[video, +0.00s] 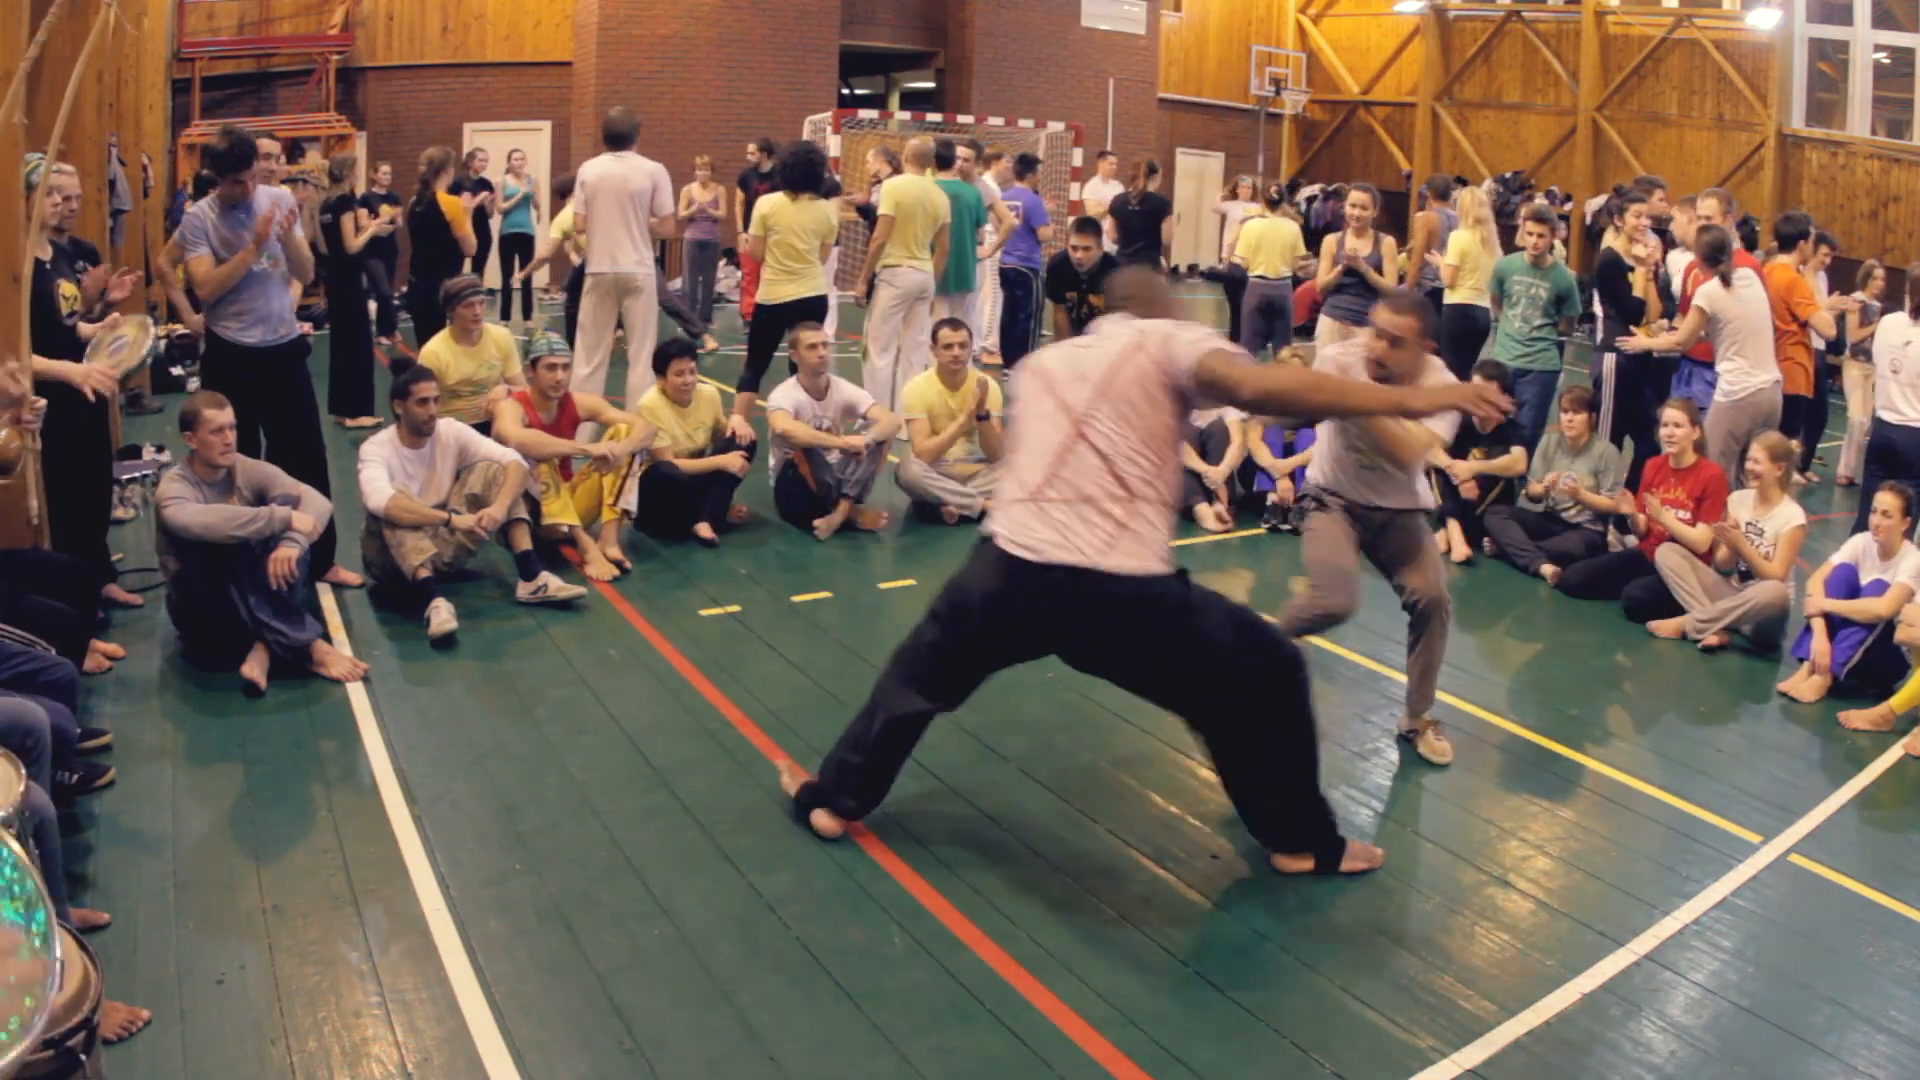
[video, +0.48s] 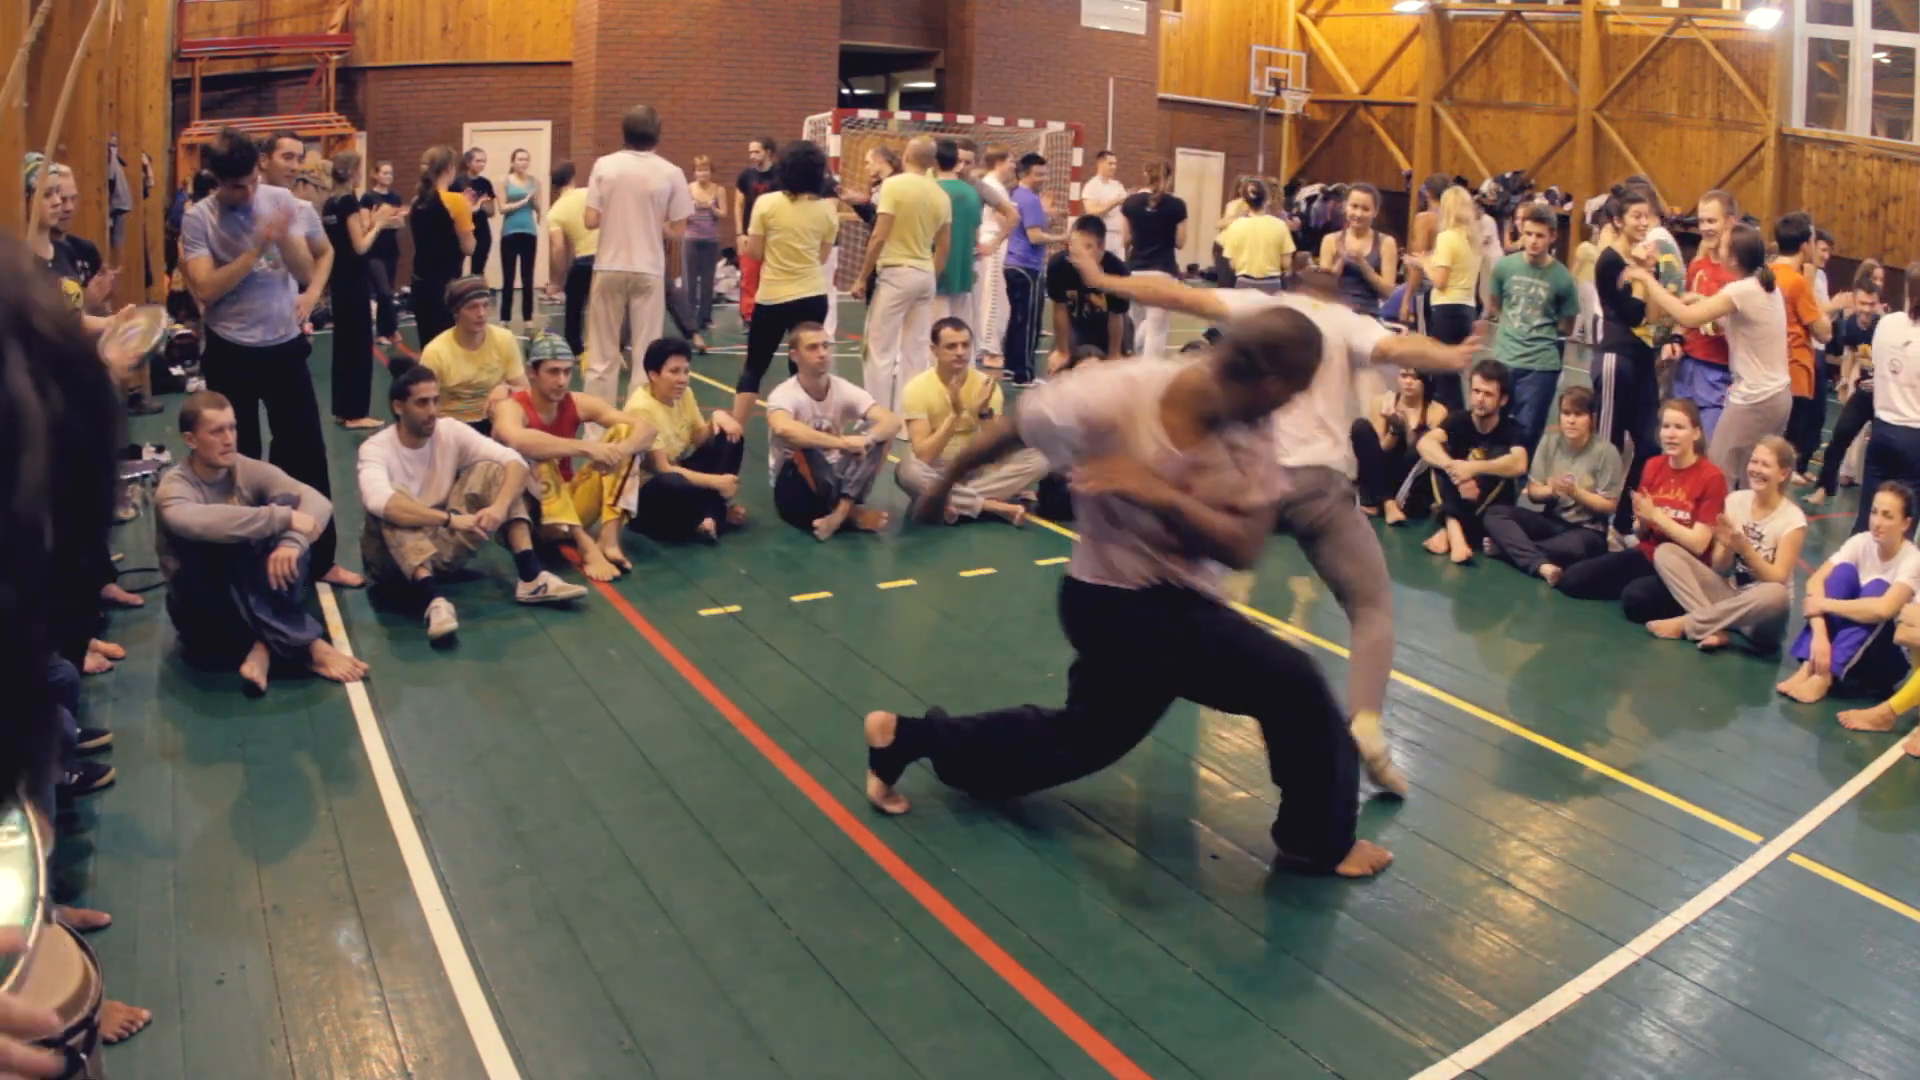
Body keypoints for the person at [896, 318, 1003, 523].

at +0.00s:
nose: (956, 354)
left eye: (962, 346)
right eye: (948, 347)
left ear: (971, 349)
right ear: (934, 350)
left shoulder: (987, 385)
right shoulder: (917, 389)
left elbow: (995, 455)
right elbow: (923, 454)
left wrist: (982, 413)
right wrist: (964, 421)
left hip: (978, 467)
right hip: (937, 468)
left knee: (1017, 468)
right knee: (908, 470)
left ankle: (959, 506)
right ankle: (982, 506)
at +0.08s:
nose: (958, 354)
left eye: (964, 346)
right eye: (949, 347)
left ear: (971, 348)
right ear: (934, 351)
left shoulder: (987, 386)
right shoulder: (918, 389)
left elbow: (995, 455)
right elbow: (924, 456)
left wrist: (984, 414)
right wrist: (961, 415)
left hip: (981, 468)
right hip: (938, 470)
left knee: (1041, 458)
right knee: (907, 470)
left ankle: (960, 505)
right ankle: (989, 506)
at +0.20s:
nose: (960, 353)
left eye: (965, 346)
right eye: (951, 347)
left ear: (973, 348)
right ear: (935, 350)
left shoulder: (988, 385)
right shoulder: (918, 388)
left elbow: (996, 455)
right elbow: (924, 457)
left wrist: (986, 412)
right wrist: (952, 416)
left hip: (980, 468)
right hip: (938, 470)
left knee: (1041, 459)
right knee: (907, 470)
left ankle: (961, 505)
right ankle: (988, 506)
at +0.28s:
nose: (960, 353)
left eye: (966, 346)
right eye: (951, 347)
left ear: (972, 348)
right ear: (935, 350)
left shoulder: (987, 385)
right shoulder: (918, 388)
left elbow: (995, 453)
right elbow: (924, 455)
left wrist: (981, 410)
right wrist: (962, 417)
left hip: (980, 469)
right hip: (938, 471)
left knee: (1041, 459)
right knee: (907, 470)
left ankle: (961, 505)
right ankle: (987, 506)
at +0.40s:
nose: (960, 353)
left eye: (966, 346)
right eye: (951, 347)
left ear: (972, 347)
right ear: (935, 350)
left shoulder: (988, 386)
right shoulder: (918, 389)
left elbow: (995, 454)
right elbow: (923, 455)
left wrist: (983, 412)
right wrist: (958, 418)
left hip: (980, 469)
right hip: (939, 471)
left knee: (1040, 457)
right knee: (907, 470)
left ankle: (961, 506)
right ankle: (984, 506)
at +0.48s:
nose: (960, 353)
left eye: (965, 345)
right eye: (951, 347)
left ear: (972, 347)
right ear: (934, 350)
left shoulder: (988, 386)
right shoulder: (917, 389)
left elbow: (995, 449)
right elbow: (923, 455)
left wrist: (984, 414)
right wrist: (953, 417)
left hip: (979, 464)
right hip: (938, 465)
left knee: (1037, 461)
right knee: (907, 470)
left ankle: (958, 504)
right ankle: (989, 506)